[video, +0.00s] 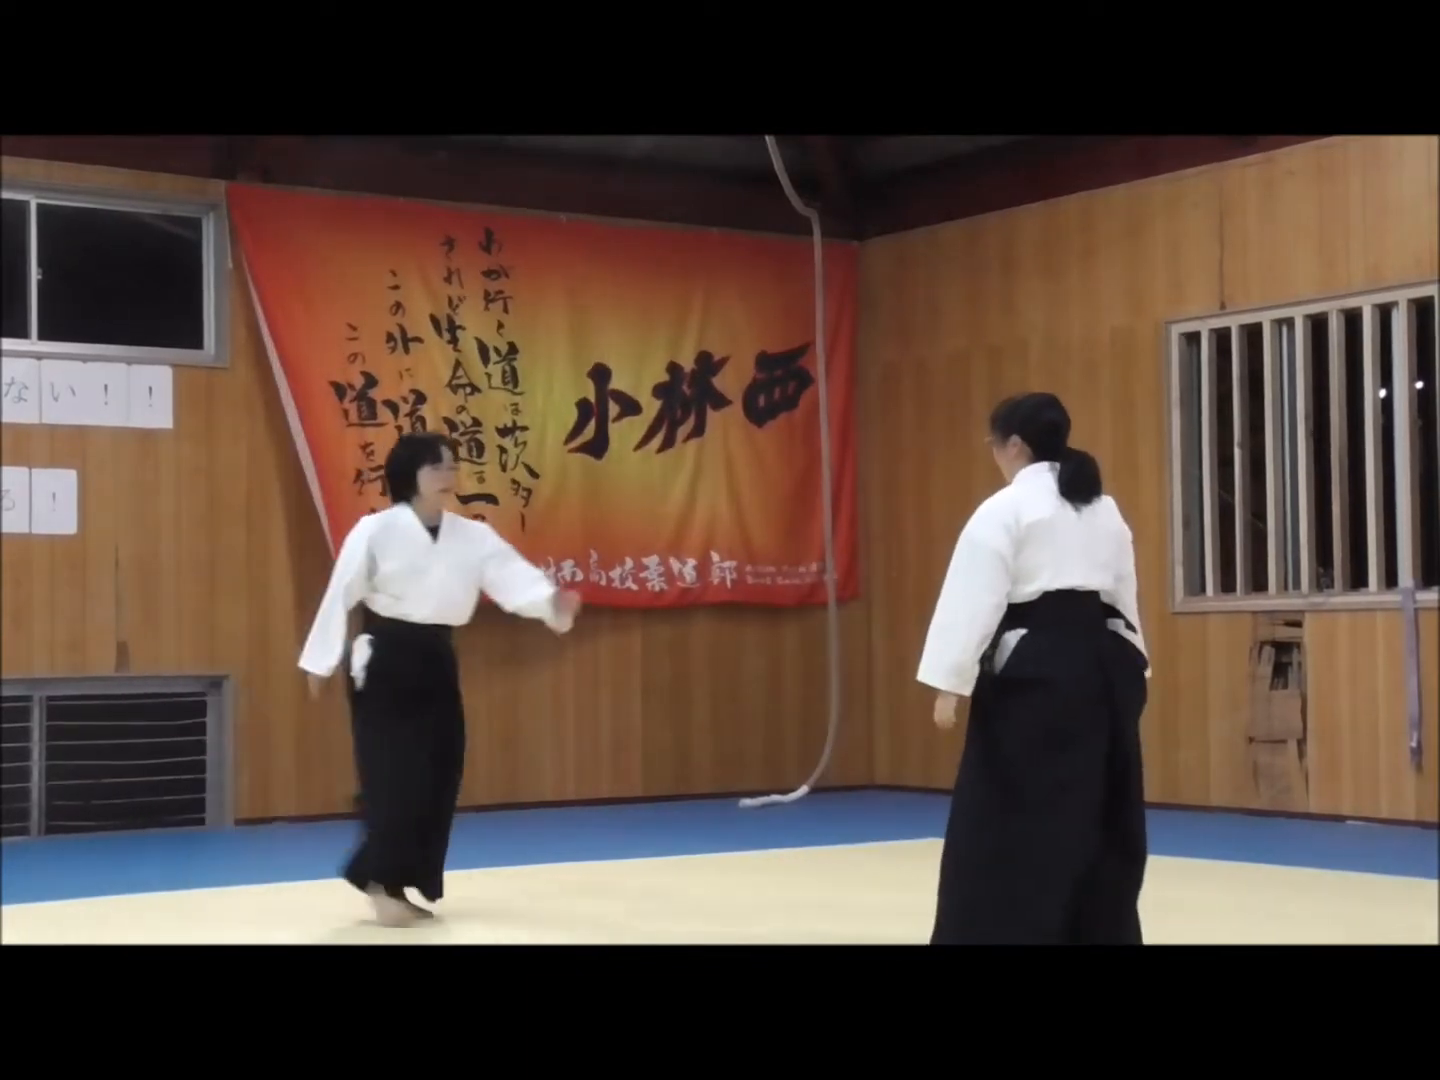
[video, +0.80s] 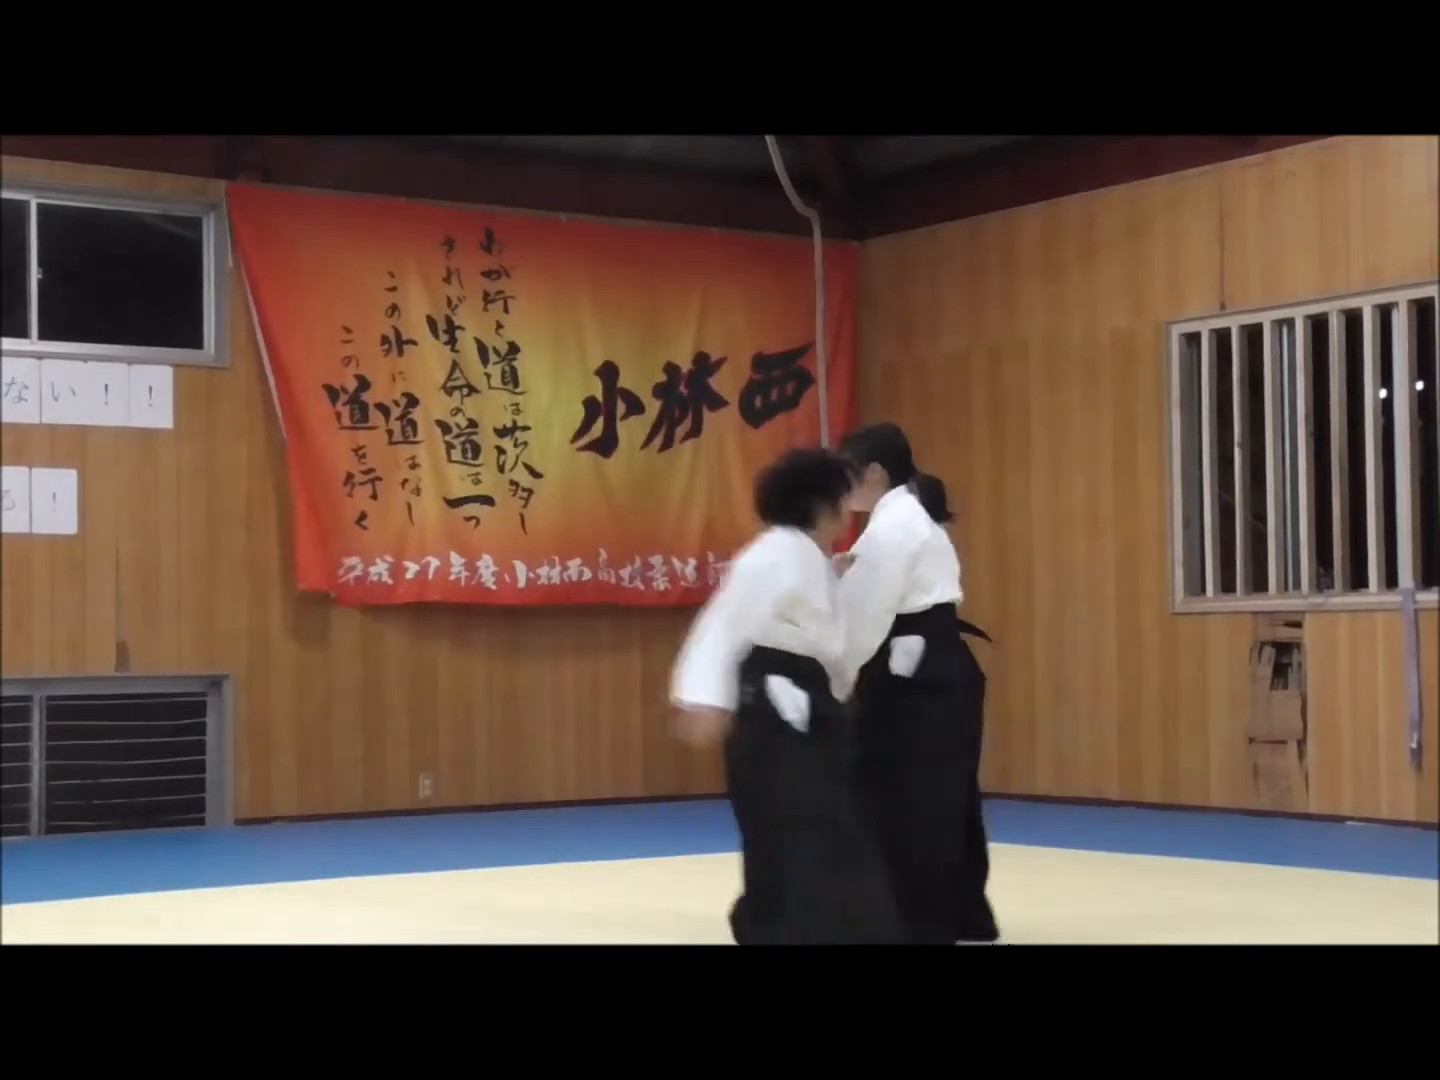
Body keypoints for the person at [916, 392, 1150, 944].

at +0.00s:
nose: (996, 456)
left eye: (997, 446)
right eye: (994, 447)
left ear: (1018, 445)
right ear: (1058, 442)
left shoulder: (1004, 511)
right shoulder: (1105, 509)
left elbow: (974, 601)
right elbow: (1126, 599)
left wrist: (952, 682)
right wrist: (1136, 667)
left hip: (1032, 671)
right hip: (1106, 668)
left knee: (1013, 808)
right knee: (1097, 810)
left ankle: (1010, 929)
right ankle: (1095, 931)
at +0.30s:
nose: (951, 476)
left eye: (954, 465)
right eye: (951, 465)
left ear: (975, 466)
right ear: (1011, 463)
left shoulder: (956, 530)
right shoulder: (1061, 525)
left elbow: (921, 616)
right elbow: (1090, 610)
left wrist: (890, 691)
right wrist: (1106, 684)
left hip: (987, 682)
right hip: (1063, 678)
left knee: (962, 803)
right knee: (1068, 806)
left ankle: (948, 919)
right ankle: (1078, 923)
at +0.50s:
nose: (897, 477)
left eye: (899, 467)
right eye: (897, 467)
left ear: (917, 469)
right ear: (956, 466)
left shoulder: (903, 533)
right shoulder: (1004, 526)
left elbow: (865, 613)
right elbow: (1021, 608)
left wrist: (831, 685)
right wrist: (1034, 668)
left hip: (935, 675)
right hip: (1009, 669)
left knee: (934, 802)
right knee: (1029, 791)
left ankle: (940, 927)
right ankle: (1069, 907)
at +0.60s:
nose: (875, 478)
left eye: (878, 468)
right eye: (875, 468)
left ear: (898, 469)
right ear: (934, 466)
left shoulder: (889, 532)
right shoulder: (980, 525)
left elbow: (853, 613)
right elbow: (987, 606)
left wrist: (812, 678)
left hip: (922, 673)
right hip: (990, 666)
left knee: (910, 798)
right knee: (984, 785)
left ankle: (920, 927)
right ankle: (1008, 913)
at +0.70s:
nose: (856, 483)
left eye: (859, 472)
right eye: (855, 472)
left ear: (884, 470)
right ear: (906, 469)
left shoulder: (888, 529)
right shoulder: (952, 517)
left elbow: (850, 610)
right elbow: (944, 599)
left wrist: (812, 660)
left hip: (910, 673)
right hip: (963, 668)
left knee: (898, 801)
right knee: (959, 799)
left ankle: (909, 926)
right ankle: (985, 922)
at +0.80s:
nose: (846, 487)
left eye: (852, 475)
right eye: (846, 476)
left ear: (876, 473)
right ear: (892, 473)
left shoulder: (889, 528)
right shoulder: (915, 516)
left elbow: (867, 615)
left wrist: (839, 676)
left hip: (912, 667)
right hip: (948, 662)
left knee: (907, 797)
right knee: (947, 796)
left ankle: (925, 921)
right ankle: (966, 918)